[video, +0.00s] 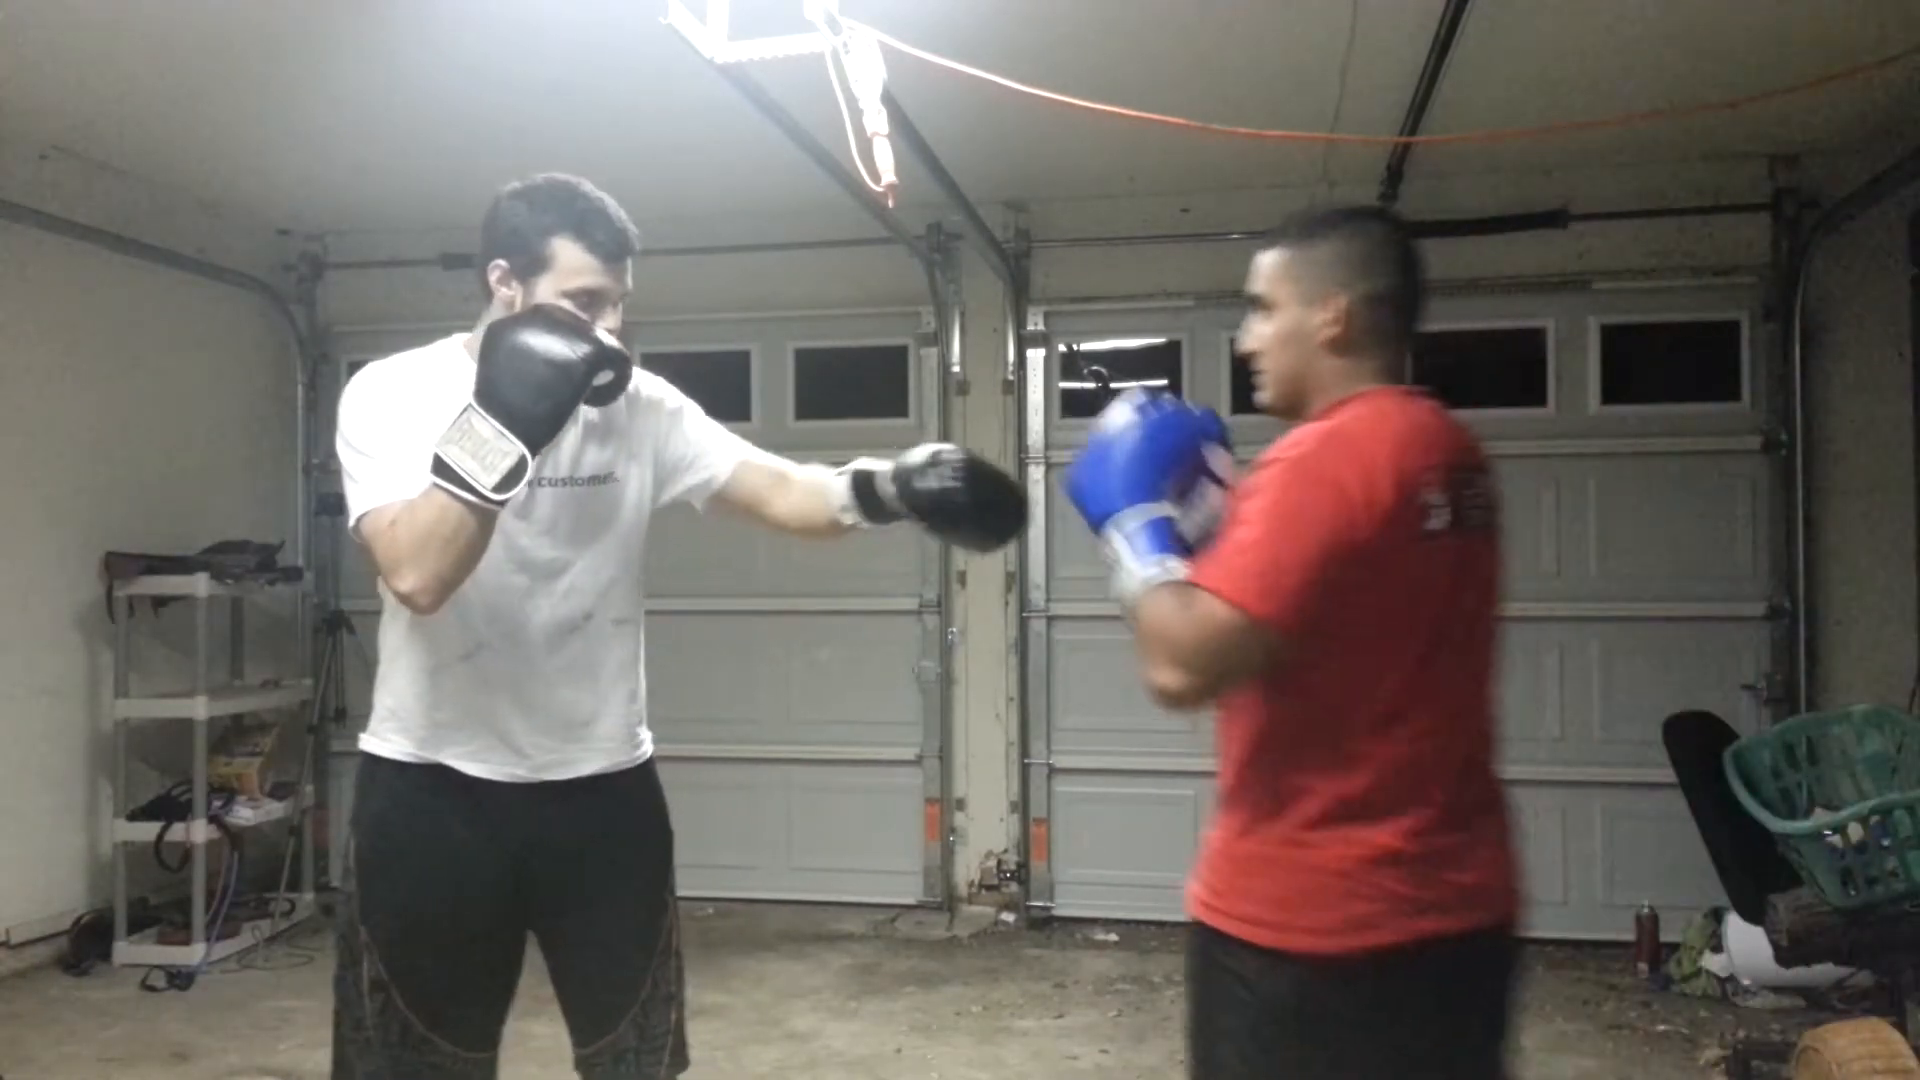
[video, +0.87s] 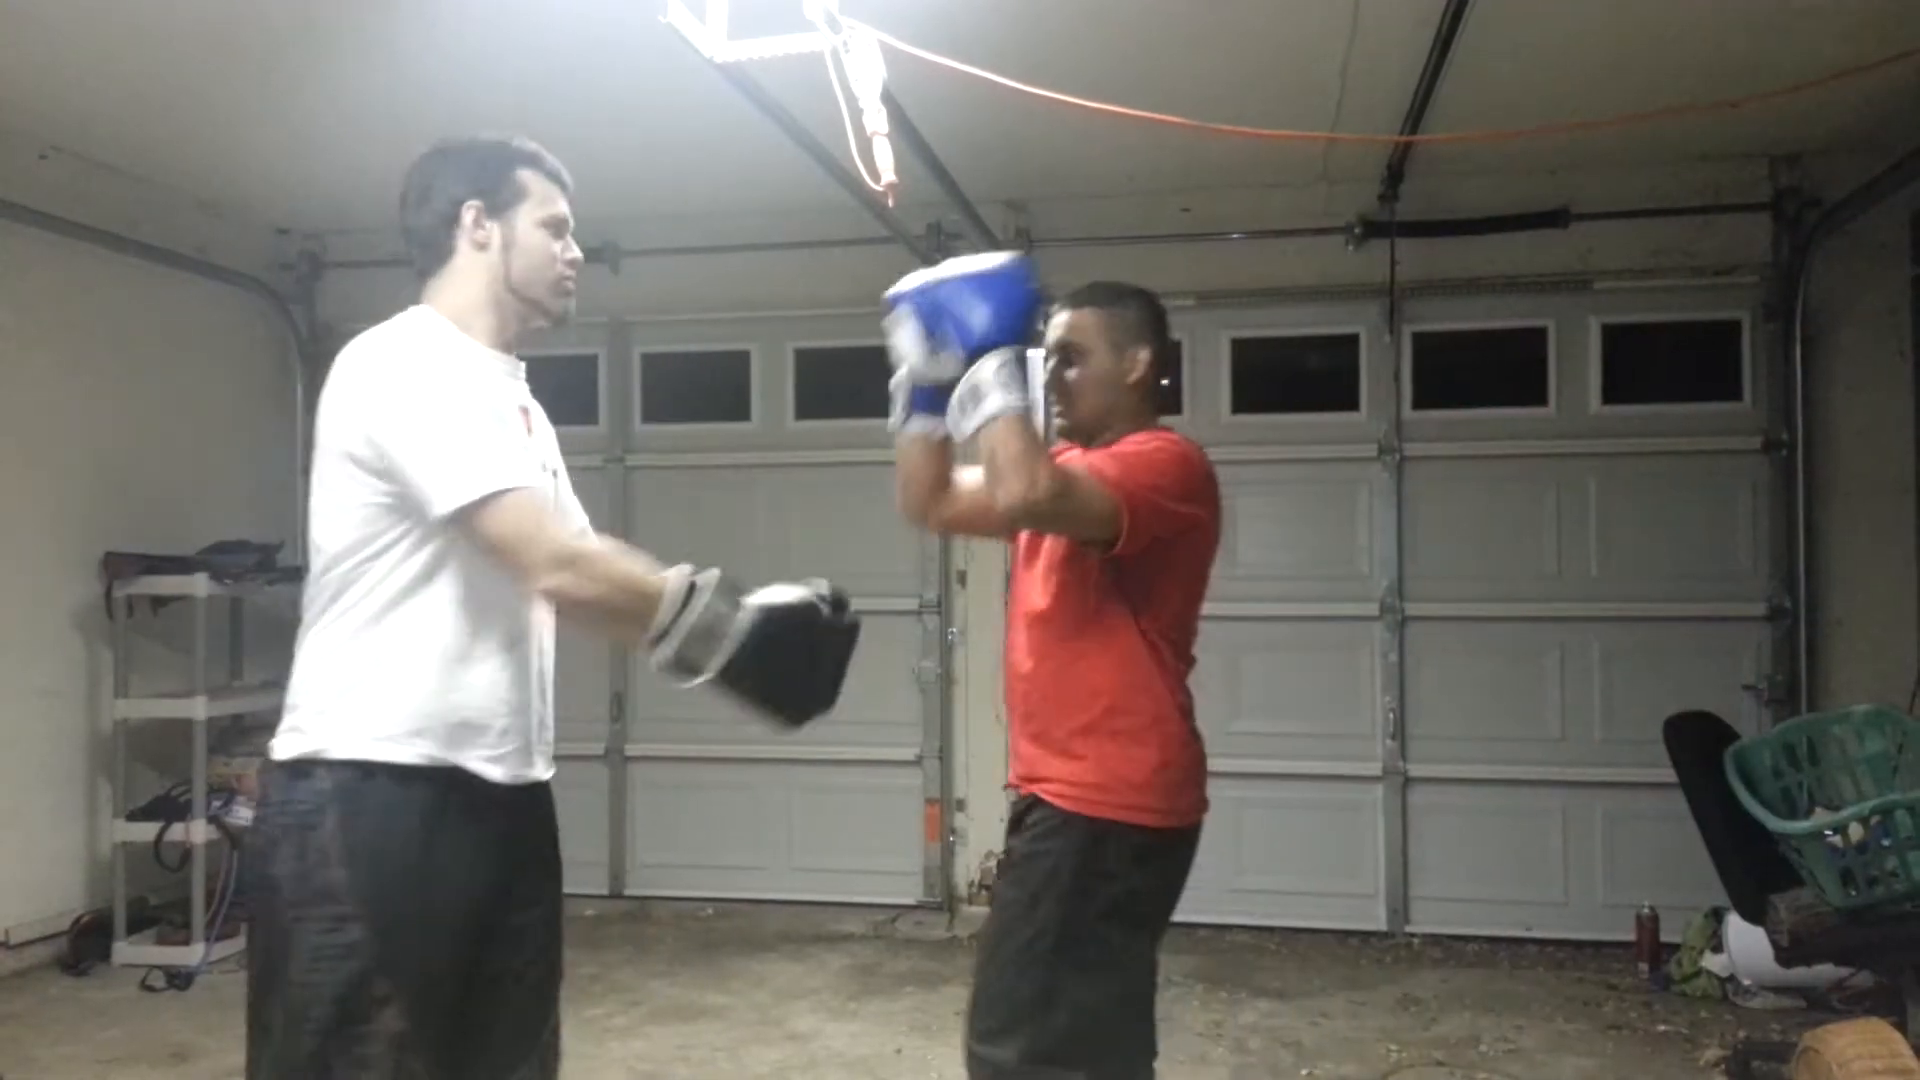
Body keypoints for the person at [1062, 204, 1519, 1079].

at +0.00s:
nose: (1244, 338)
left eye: (1263, 309)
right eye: (1249, 311)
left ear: (1332, 318)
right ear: (1334, 318)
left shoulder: (1333, 457)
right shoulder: (1449, 448)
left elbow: (1183, 662)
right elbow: (1347, 619)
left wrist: (1129, 521)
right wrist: (1224, 517)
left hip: (1307, 935)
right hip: (1443, 920)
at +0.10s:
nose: (1208, 339)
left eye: (1225, 310)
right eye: (1212, 312)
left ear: (1293, 321)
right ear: (1295, 321)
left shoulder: (1291, 455)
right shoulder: (1397, 445)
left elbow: (1114, 620)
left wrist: (1081, 475)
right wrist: (1167, 487)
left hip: (1262, 907)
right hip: (1371, 892)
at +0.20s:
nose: (1178, 337)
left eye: (1197, 310)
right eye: (1185, 312)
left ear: (1267, 321)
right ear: (1272, 323)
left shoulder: (1258, 450)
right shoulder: (1353, 443)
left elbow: (1066, 582)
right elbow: (1184, 574)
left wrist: (1048, 432)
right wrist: (1122, 460)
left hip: (1228, 891)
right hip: (1314, 876)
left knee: (1194, 1064)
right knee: (1272, 1065)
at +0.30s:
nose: (1159, 342)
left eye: (1177, 316)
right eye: (1164, 319)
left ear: (1243, 329)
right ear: (1248, 331)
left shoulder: (1244, 447)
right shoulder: (1303, 441)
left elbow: (1038, 547)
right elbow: (1132, 540)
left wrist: (1027, 405)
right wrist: (1082, 452)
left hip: (1203, 867)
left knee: (1172, 1066)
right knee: (1203, 1063)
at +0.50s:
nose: (1124, 361)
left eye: (1143, 337)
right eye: (1127, 339)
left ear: (1208, 347)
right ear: (1206, 350)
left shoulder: (1227, 453)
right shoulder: (1184, 454)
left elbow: (1027, 472)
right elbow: (1024, 476)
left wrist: (1022, 336)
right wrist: (1005, 352)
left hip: (1172, 842)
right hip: (1135, 834)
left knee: (1153, 1065)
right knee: (1131, 1062)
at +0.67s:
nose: (1090, 370)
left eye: (1114, 348)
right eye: (1092, 350)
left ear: (1183, 358)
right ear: (1079, 359)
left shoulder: (1206, 461)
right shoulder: (1100, 466)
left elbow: (1044, 453)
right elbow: (968, 460)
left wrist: (1035, 329)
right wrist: (985, 338)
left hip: (1134, 824)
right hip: (1076, 816)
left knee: (1102, 1060)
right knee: (1076, 1055)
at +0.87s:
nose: (1051, 379)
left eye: (1073, 357)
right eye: (1049, 360)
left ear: (1141, 366)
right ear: (1044, 374)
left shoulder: (1170, 462)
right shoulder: (1059, 468)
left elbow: (1027, 494)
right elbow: (930, 501)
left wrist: (999, 357)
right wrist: (924, 379)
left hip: (1112, 808)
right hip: (1057, 798)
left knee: (1016, 1047)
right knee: (1089, 1052)